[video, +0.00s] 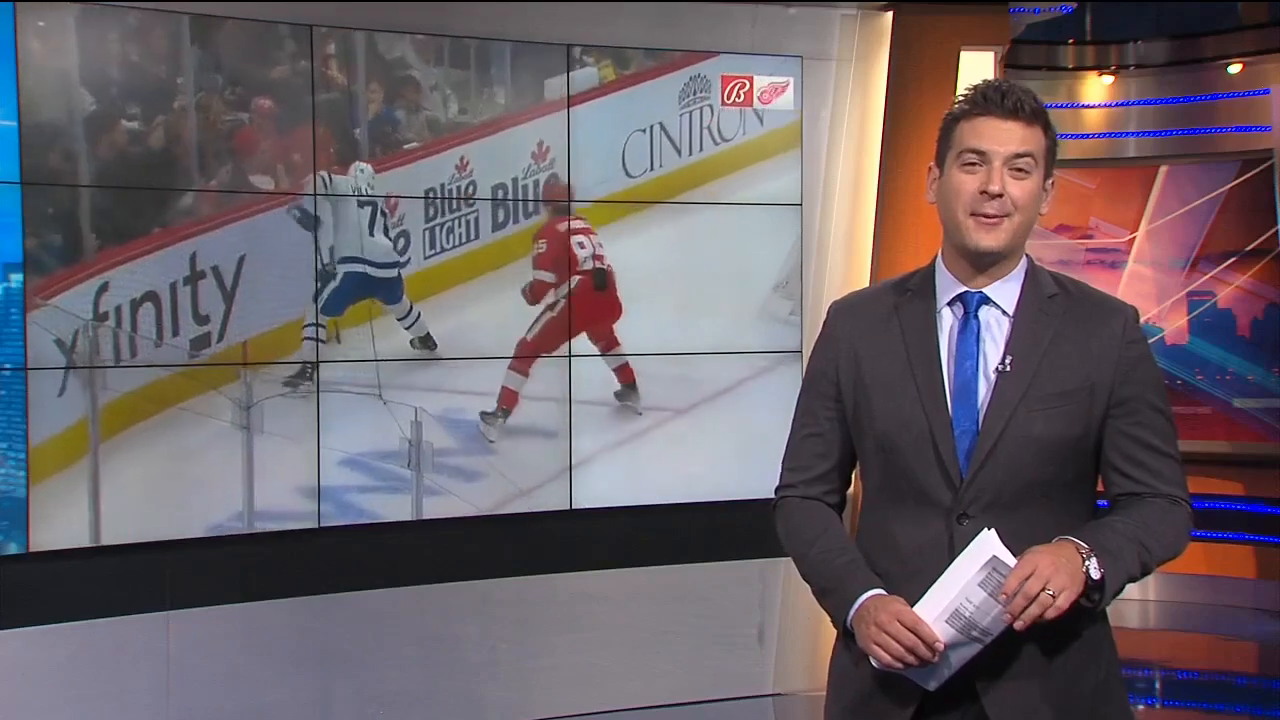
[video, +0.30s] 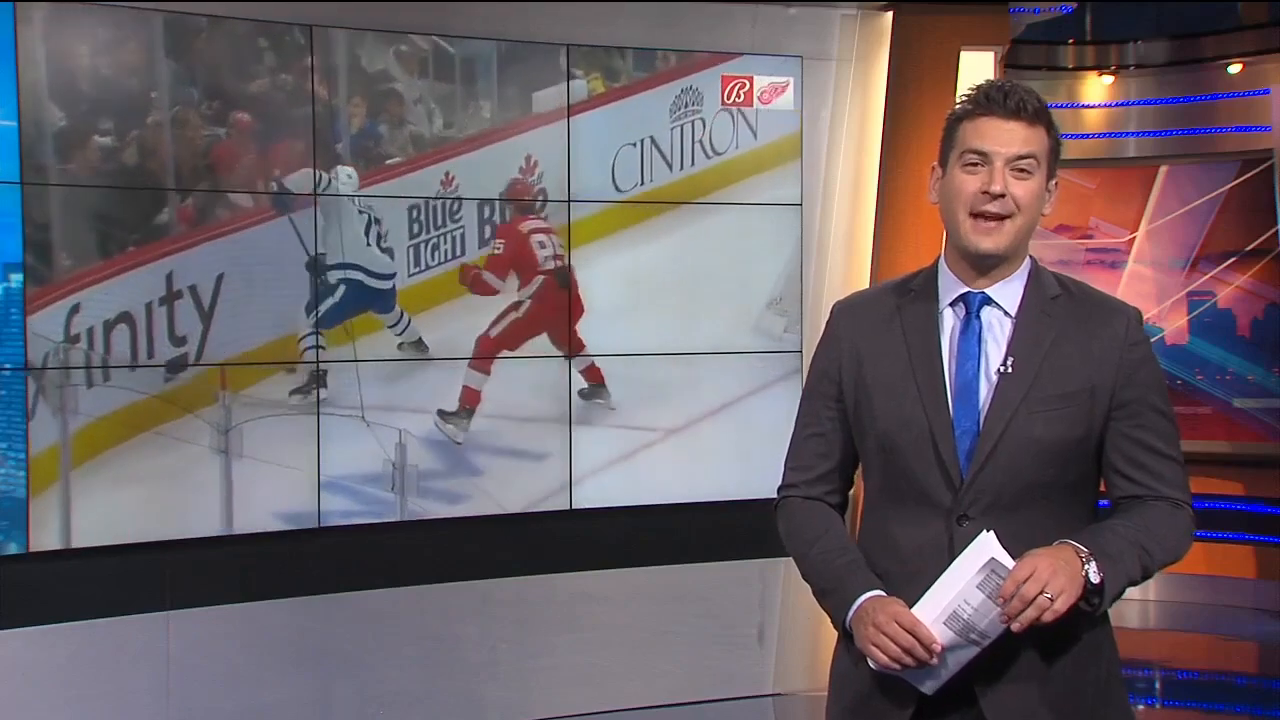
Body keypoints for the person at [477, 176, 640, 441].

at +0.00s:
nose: (543, 209)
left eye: (544, 204)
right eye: (546, 204)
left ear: (547, 206)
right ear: (570, 203)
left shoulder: (548, 233)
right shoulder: (586, 226)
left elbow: (543, 284)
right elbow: (594, 267)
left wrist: (528, 293)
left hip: (575, 305)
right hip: (609, 301)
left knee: (526, 349)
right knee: (601, 333)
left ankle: (501, 412)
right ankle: (629, 387)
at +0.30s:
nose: (504, 209)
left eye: (506, 204)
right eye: (505, 204)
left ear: (510, 205)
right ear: (535, 204)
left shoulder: (509, 230)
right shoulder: (546, 227)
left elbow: (492, 284)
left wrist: (469, 276)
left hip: (538, 302)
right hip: (570, 300)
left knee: (486, 343)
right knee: (564, 338)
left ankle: (463, 415)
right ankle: (597, 385)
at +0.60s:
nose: (470, 205)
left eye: (470, 200)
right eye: (475, 200)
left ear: (470, 202)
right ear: (494, 201)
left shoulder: (464, 231)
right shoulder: (509, 225)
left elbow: (435, 281)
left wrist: (424, 255)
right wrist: (442, 250)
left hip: (499, 312)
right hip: (534, 307)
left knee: (445, 349)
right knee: (529, 344)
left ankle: (424, 423)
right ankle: (562, 386)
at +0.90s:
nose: (427, 199)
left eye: (428, 195)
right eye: (430, 195)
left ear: (430, 196)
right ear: (456, 195)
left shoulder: (420, 225)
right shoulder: (477, 221)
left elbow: (393, 266)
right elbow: (483, 260)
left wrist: (395, 238)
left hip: (463, 310)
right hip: (498, 305)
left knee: (406, 353)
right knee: (491, 343)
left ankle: (386, 433)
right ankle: (529, 390)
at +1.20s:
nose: (421, 177)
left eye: (411, 171)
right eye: (425, 172)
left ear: (402, 172)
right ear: (431, 172)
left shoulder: (387, 203)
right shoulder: (450, 205)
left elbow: (375, 260)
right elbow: (454, 247)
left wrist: (374, 227)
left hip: (424, 298)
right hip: (465, 292)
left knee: (373, 351)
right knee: (468, 340)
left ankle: (357, 434)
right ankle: (509, 393)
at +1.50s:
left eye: (403, 129)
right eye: (421, 129)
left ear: (396, 134)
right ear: (428, 135)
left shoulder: (387, 164)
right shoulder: (442, 172)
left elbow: (375, 179)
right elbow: (446, 222)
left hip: (395, 264)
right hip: (436, 262)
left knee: (368, 331)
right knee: (463, 328)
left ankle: (350, 419)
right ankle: (495, 395)